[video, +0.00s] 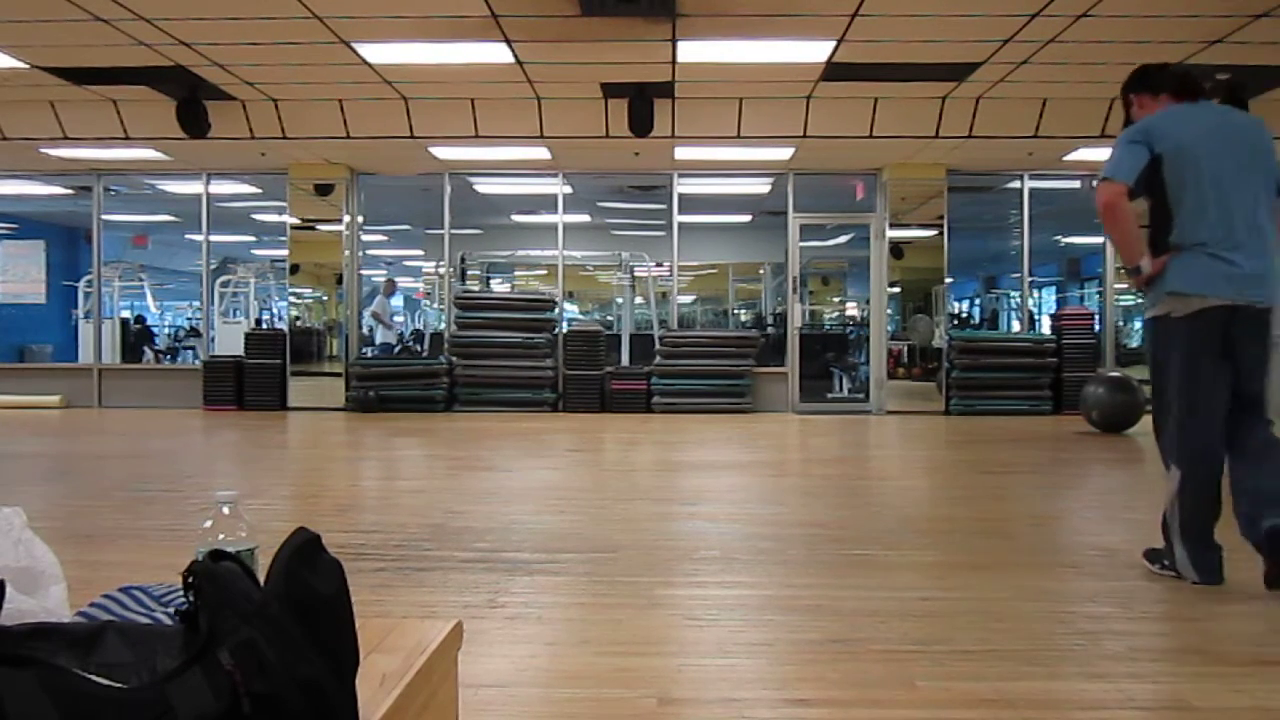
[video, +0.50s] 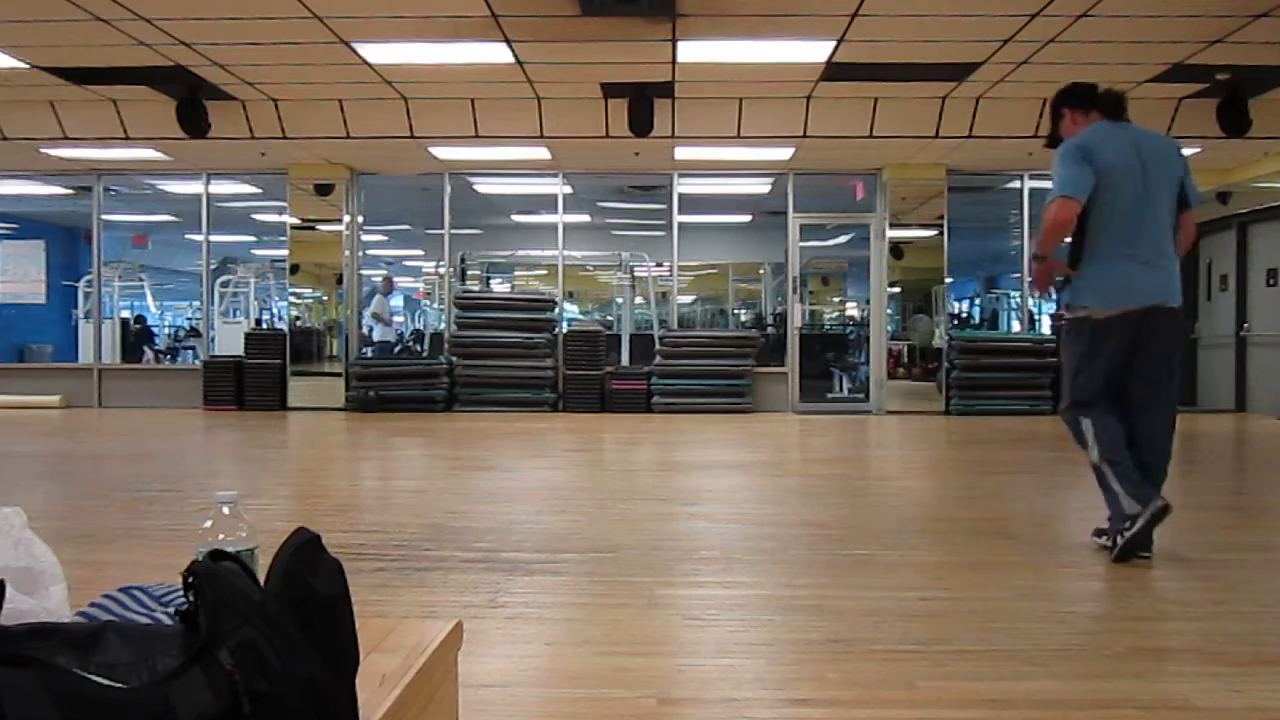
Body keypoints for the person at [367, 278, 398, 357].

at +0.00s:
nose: (395, 290)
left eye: (395, 287)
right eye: (393, 287)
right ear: (386, 287)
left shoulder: (387, 301)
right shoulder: (381, 299)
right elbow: (374, 313)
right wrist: (387, 324)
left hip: (390, 337)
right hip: (384, 337)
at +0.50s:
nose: (392, 288)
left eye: (392, 285)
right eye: (390, 285)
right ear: (384, 286)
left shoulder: (385, 299)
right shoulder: (379, 298)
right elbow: (374, 313)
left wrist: (389, 321)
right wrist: (385, 321)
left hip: (388, 337)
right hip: (382, 337)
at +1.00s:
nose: (387, 288)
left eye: (386, 285)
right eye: (385, 285)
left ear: (385, 286)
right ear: (379, 286)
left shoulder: (383, 300)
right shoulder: (375, 299)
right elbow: (371, 316)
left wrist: (388, 323)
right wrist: (385, 324)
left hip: (386, 338)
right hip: (380, 338)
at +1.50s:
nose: (386, 288)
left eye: (386, 286)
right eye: (384, 286)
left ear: (384, 286)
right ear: (378, 286)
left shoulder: (381, 300)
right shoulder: (372, 298)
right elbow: (365, 313)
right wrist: (379, 323)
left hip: (384, 336)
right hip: (376, 337)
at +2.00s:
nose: (386, 288)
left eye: (386, 286)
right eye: (383, 286)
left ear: (386, 286)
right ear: (378, 286)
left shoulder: (381, 300)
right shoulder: (372, 298)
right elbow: (365, 314)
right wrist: (380, 322)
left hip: (385, 338)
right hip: (377, 338)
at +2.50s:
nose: (386, 289)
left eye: (386, 286)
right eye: (384, 286)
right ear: (378, 286)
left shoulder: (380, 300)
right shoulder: (373, 299)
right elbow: (367, 314)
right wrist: (381, 322)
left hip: (384, 337)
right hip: (377, 338)